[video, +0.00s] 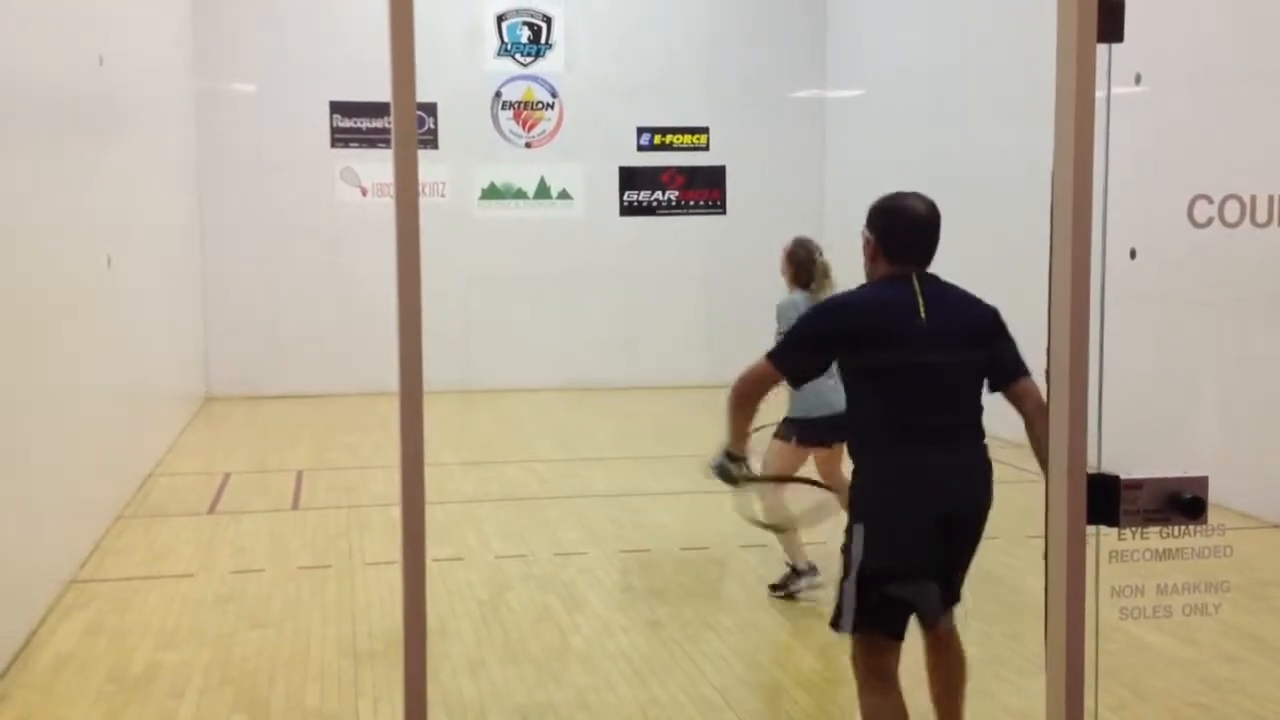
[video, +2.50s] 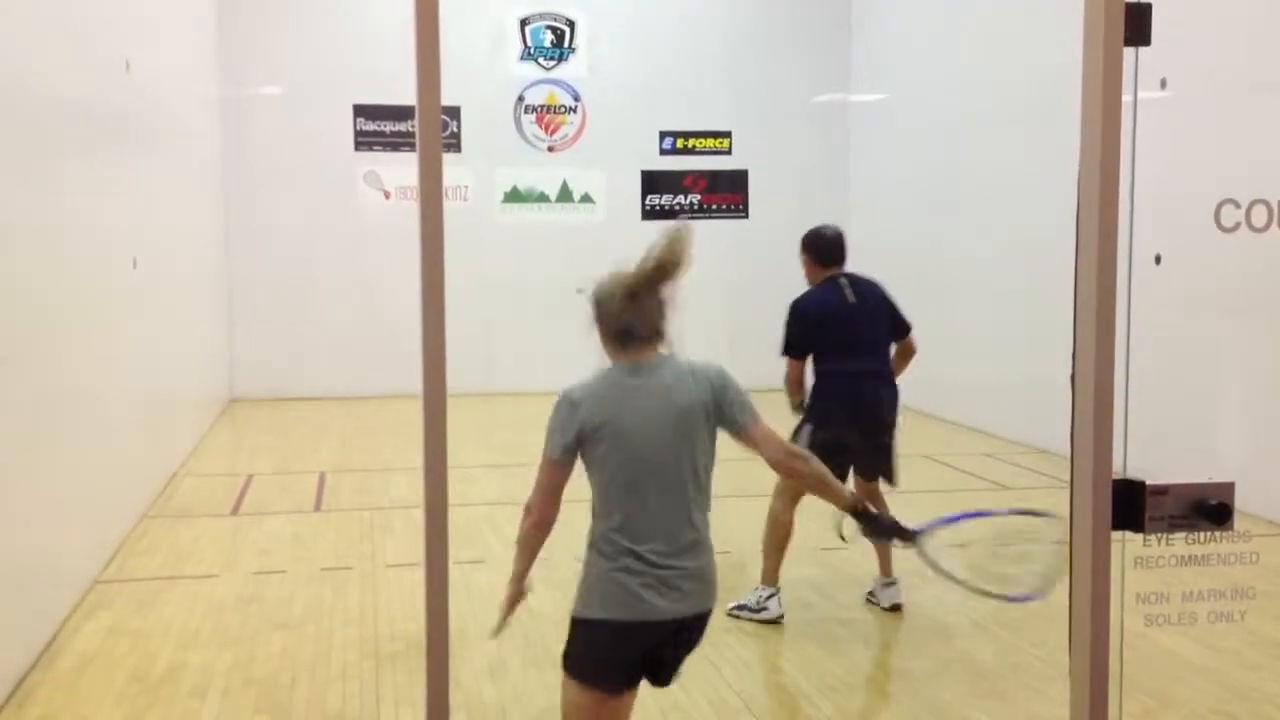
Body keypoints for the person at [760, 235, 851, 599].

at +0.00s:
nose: (781, 267)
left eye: (784, 262)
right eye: (784, 261)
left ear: (790, 267)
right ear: (819, 265)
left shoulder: (789, 306)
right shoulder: (836, 300)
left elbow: (789, 362)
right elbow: (845, 352)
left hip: (808, 410)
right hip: (842, 404)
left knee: (771, 487)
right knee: (833, 476)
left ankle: (800, 566)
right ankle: (873, 527)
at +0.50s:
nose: (751, 282)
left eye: (753, 275)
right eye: (753, 275)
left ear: (761, 281)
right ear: (786, 278)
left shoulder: (793, 326)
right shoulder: (782, 323)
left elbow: (829, 381)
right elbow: (797, 390)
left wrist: (786, 422)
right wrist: (761, 417)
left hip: (821, 441)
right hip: (806, 439)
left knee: (788, 526)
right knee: (785, 525)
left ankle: (794, 631)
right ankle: (836, 596)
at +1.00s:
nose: (721, 249)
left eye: (725, 241)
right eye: (723, 240)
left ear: (735, 248)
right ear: (757, 249)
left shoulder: (762, 302)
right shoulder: (742, 307)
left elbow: (721, 371)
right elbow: (756, 395)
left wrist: (651, 365)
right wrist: (710, 411)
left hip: (776, 471)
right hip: (731, 468)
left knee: (770, 586)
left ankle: (814, 651)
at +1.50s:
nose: (716, 288)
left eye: (722, 280)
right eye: (722, 280)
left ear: (737, 295)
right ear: (743, 300)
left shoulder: (782, 367)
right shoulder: (701, 373)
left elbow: (854, 440)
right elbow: (638, 442)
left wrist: (855, 510)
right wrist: (609, 391)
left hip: (759, 568)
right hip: (697, 565)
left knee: (755, 712)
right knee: (666, 692)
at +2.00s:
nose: (642, 276)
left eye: (653, 268)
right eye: (649, 265)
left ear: (676, 284)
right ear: (678, 288)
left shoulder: (721, 365)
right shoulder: (624, 344)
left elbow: (662, 415)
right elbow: (588, 326)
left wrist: (543, 407)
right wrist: (647, 282)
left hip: (684, 572)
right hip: (605, 561)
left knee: (709, 711)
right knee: (507, 685)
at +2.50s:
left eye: (601, 324)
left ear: (603, 332)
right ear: (662, 322)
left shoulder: (581, 402)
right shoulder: (708, 384)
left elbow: (540, 513)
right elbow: (787, 459)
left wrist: (517, 578)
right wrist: (852, 503)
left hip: (613, 613)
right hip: (690, 607)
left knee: (589, 711)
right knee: (613, 691)